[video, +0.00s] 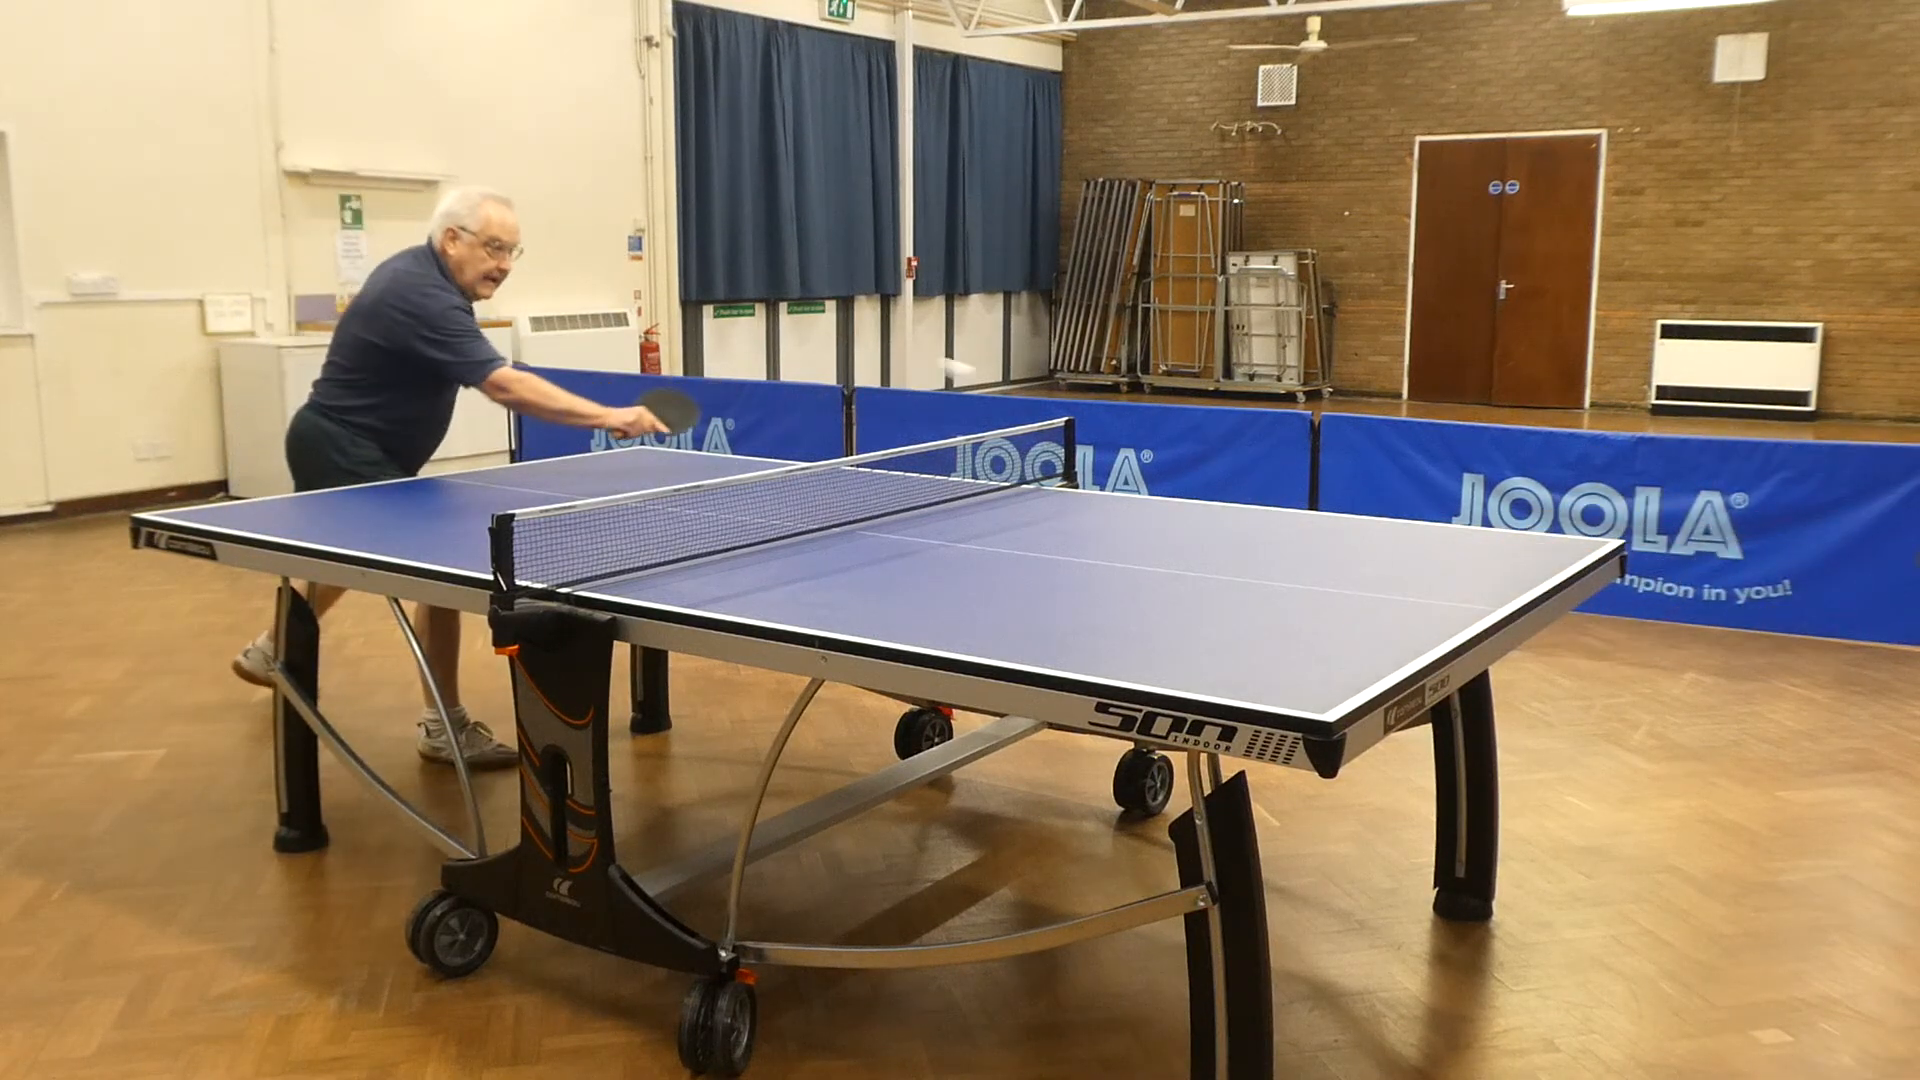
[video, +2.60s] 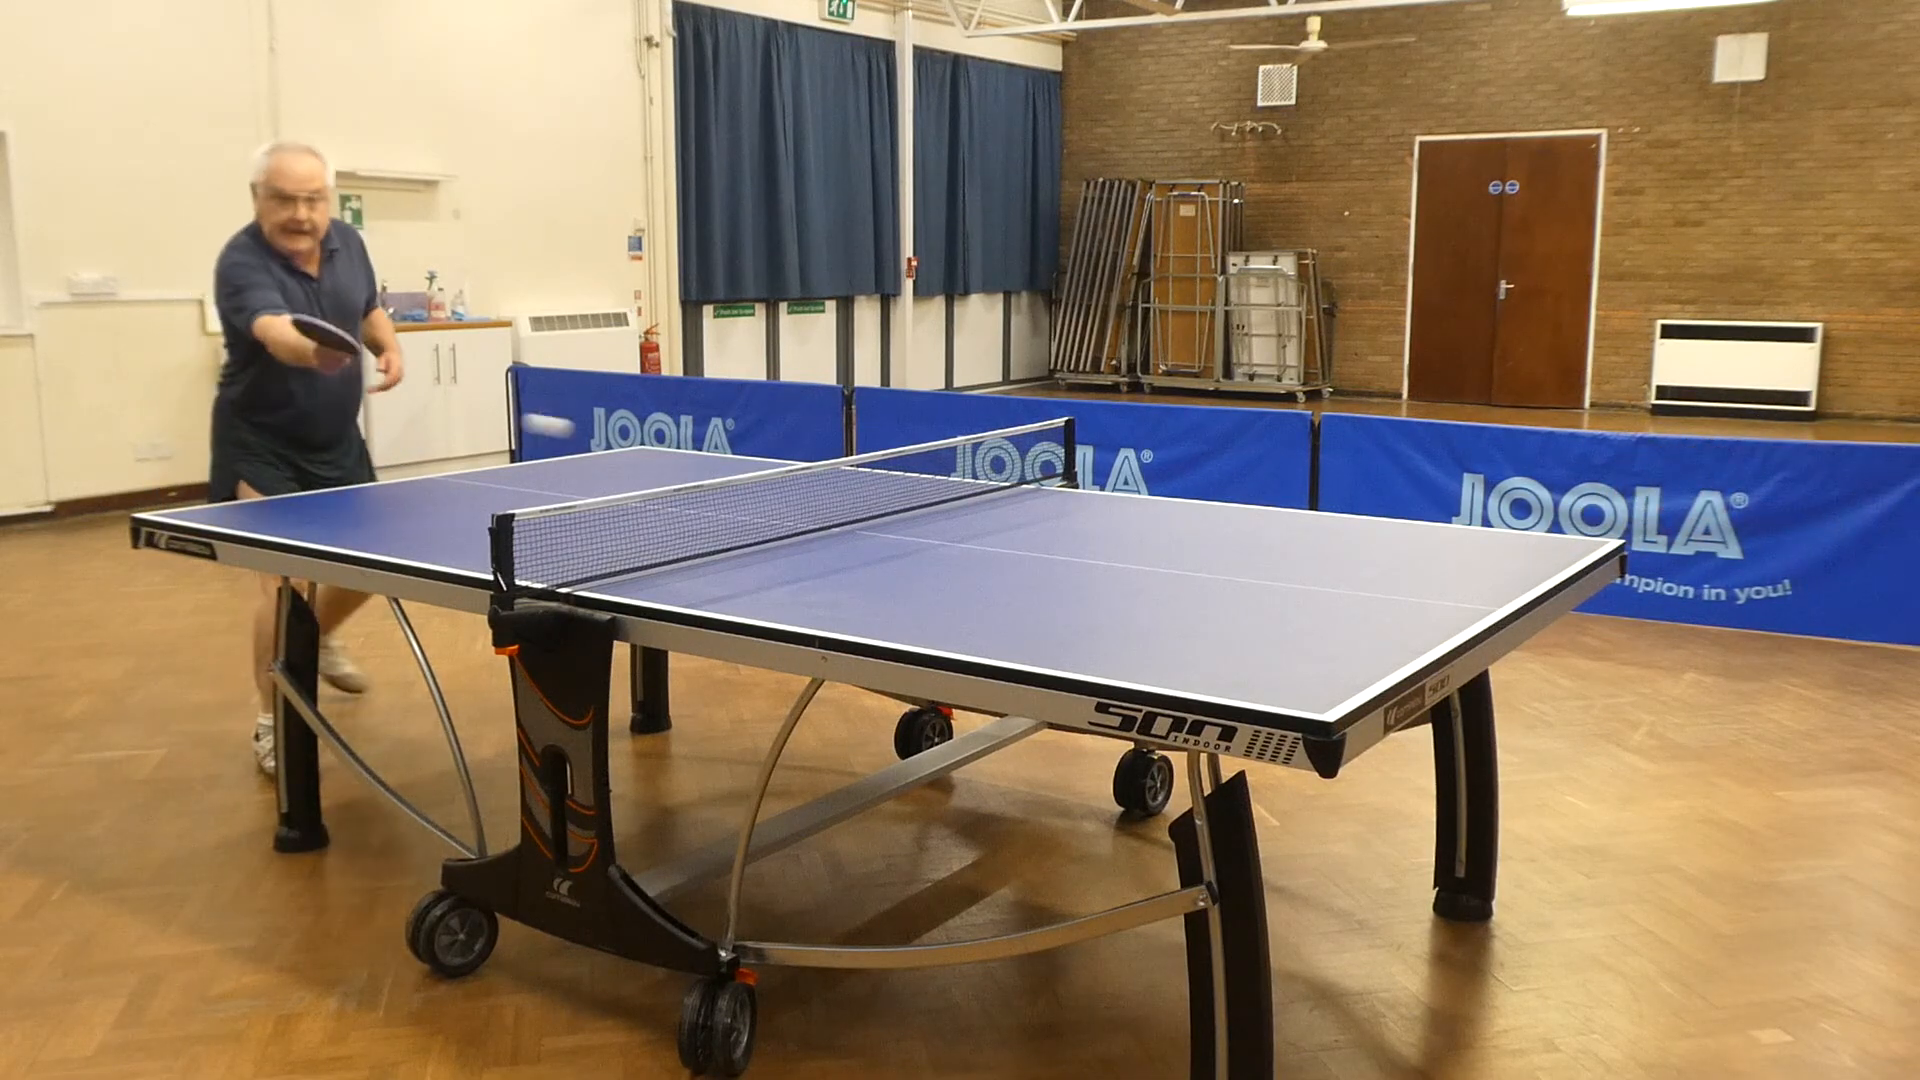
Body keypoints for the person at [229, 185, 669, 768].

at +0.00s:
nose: (504, 266)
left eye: (512, 253)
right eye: (495, 248)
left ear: (452, 242)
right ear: (450, 239)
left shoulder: (421, 271)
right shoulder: (426, 295)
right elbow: (504, 386)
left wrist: (494, 379)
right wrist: (607, 416)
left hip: (339, 441)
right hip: (348, 451)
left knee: (348, 551)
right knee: (445, 570)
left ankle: (273, 649)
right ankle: (446, 723)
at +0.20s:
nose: (463, 253)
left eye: (471, 240)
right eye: (450, 237)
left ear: (473, 241)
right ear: (409, 232)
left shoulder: (422, 282)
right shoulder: (383, 289)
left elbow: (423, 354)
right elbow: (435, 387)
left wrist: (425, 411)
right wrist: (541, 420)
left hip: (381, 454)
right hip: (334, 454)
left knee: (352, 557)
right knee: (426, 574)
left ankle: (276, 643)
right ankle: (444, 720)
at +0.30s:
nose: (422, 244)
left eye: (431, 232)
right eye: (407, 229)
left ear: (438, 235)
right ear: (368, 228)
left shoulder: (407, 287)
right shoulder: (342, 289)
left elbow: (397, 364)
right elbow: (386, 384)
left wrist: (433, 410)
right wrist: (487, 412)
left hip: (379, 458)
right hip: (325, 460)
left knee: (361, 561)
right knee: (414, 575)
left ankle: (273, 650)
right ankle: (439, 722)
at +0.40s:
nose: (379, 234)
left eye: (390, 222)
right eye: (364, 221)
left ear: (400, 227)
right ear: (329, 221)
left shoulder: (387, 279)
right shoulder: (302, 286)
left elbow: (389, 355)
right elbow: (327, 376)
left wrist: (431, 404)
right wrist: (414, 410)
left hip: (371, 454)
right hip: (309, 457)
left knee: (344, 568)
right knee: (379, 575)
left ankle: (265, 659)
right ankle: (428, 716)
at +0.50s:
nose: (348, 228)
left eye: (359, 216)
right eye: (332, 215)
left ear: (369, 222)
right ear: (300, 217)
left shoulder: (367, 274)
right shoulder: (274, 282)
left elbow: (371, 346)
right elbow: (276, 371)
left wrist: (411, 402)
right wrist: (343, 411)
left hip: (360, 446)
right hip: (293, 453)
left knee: (346, 567)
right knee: (356, 567)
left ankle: (263, 659)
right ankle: (395, 708)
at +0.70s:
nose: (316, 224)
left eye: (329, 212)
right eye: (301, 211)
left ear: (340, 215)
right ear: (269, 212)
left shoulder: (345, 264)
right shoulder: (242, 274)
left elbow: (351, 339)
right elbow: (212, 356)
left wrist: (385, 400)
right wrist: (247, 412)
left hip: (338, 442)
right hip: (272, 446)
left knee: (337, 563)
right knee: (319, 567)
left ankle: (263, 661)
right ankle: (315, 707)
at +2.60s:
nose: (301, 214)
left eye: (314, 199)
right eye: (284, 200)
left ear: (330, 195)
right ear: (257, 199)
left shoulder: (346, 242)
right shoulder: (244, 258)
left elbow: (367, 306)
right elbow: (268, 323)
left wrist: (387, 344)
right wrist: (310, 349)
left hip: (335, 436)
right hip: (262, 441)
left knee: (370, 560)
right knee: (284, 573)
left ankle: (311, 635)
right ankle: (273, 716)